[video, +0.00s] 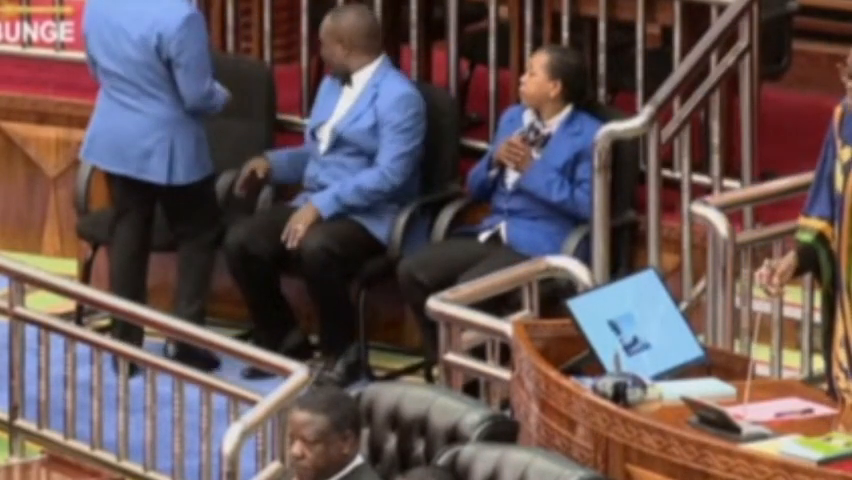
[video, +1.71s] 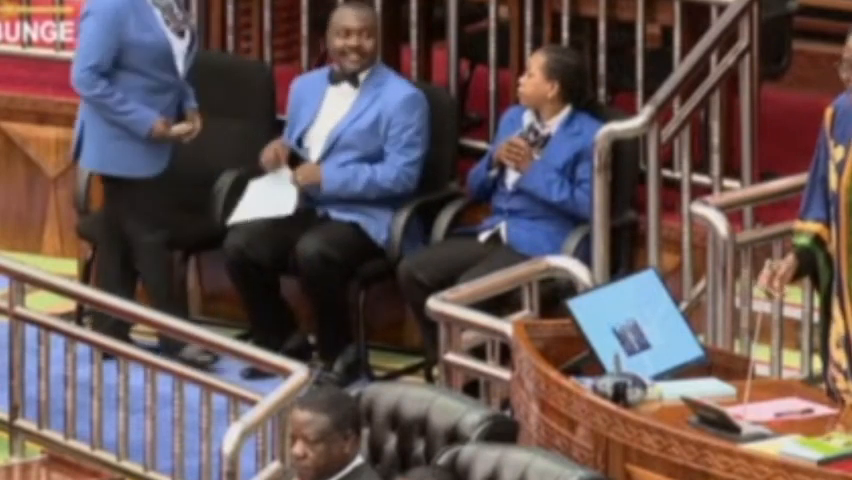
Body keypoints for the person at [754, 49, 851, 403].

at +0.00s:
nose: (846, 75)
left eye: (847, 69)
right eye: (845, 68)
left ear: (845, 74)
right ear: (842, 72)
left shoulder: (841, 119)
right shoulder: (842, 119)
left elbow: (824, 201)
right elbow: (826, 200)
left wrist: (797, 259)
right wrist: (797, 259)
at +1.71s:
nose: (844, 69)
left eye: (849, 62)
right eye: (843, 61)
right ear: (839, 61)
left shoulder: (840, 114)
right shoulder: (839, 113)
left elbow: (819, 203)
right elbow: (821, 201)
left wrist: (797, 259)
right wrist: (796, 260)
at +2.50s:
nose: (844, 75)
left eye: (849, 65)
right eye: (839, 65)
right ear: (829, 67)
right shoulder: (834, 117)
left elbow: (820, 201)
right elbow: (819, 199)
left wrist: (798, 235)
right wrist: (796, 237)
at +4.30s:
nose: (844, 69)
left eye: (849, 58)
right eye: (837, 58)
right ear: (825, 58)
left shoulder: (830, 119)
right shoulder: (824, 119)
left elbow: (806, 204)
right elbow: (807, 203)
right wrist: (795, 237)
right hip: (830, 325)